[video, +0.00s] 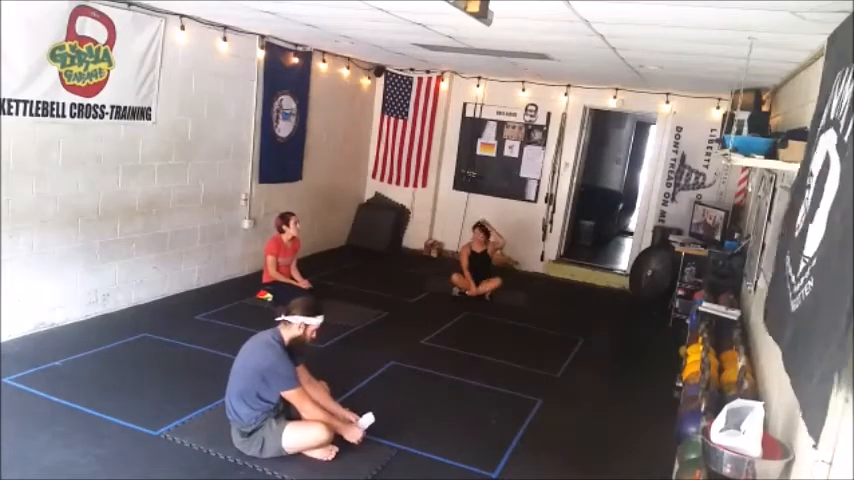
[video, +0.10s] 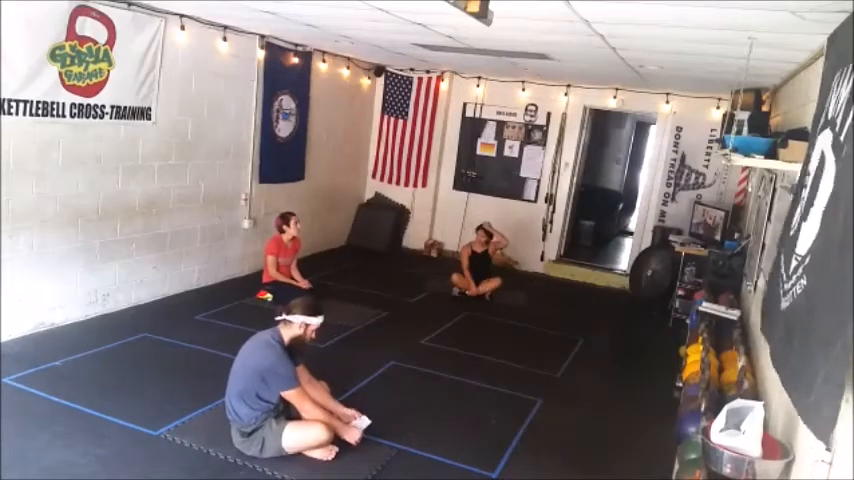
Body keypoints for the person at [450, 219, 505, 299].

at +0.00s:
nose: (479, 237)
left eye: (481, 234)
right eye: (476, 233)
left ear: (486, 236)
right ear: (473, 234)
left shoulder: (490, 247)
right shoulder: (466, 249)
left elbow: (501, 243)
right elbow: (465, 269)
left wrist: (491, 229)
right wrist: (472, 286)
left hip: (484, 279)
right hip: (470, 277)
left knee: (498, 281)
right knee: (455, 277)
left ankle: (468, 293)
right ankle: (482, 294)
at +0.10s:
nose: (479, 238)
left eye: (482, 236)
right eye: (478, 235)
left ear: (488, 238)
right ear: (476, 234)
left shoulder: (491, 247)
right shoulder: (466, 248)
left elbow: (505, 243)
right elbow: (465, 269)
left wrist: (492, 230)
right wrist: (472, 285)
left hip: (485, 279)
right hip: (470, 277)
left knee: (498, 281)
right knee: (454, 277)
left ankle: (467, 293)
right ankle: (482, 294)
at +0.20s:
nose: (479, 238)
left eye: (482, 236)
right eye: (478, 235)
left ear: (488, 238)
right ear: (476, 234)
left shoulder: (492, 247)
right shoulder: (466, 249)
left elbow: (505, 243)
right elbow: (465, 269)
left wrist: (492, 230)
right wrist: (472, 285)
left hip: (485, 279)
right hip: (470, 277)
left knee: (498, 281)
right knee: (455, 277)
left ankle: (467, 293)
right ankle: (482, 294)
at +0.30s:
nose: (477, 238)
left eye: (481, 236)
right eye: (476, 234)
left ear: (486, 238)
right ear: (474, 234)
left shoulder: (491, 247)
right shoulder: (466, 248)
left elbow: (505, 243)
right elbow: (465, 269)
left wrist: (491, 230)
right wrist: (472, 285)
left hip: (484, 279)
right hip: (470, 277)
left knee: (498, 281)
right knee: (455, 277)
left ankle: (467, 293)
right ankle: (482, 294)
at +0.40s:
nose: (479, 237)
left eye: (482, 235)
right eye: (477, 234)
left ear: (487, 238)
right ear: (474, 235)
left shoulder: (490, 247)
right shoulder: (466, 248)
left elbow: (506, 245)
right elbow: (465, 268)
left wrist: (492, 231)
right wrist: (472, 285)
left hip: (484, 279)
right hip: (470, 277)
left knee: (498, 281)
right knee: (454, 277)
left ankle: (467, 293)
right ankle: (482, 293)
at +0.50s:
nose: (479, 238)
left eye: (483, 235)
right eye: (477, 234)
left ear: (488, 237)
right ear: (474, 235)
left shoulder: (490, 248)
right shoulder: (466, 248)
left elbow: (506, 250)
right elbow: (465, 268)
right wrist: (472, 285)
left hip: (484, 279)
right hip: (470, 277)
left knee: (498, 281)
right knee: (454, 277)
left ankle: (467, 293)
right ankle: (482, 293)